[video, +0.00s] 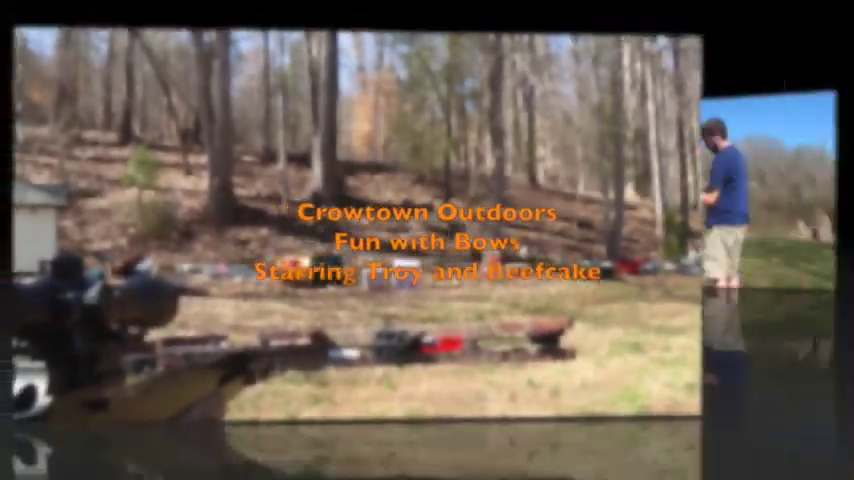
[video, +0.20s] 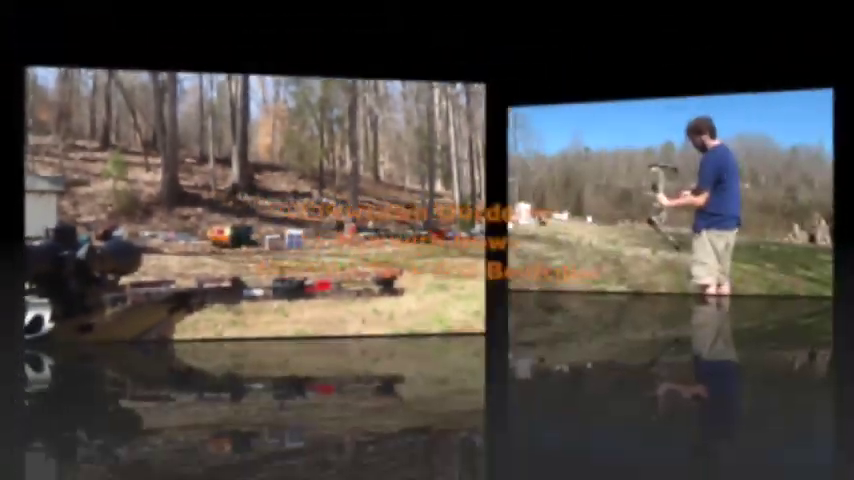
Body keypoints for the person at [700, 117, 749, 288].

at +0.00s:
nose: (705, 144)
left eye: (706, 139)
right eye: (704, 139)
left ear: (714, 137)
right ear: (721, 135)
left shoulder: (722, 159)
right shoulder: (736, 155)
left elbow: (712, 197)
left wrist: (697, 196)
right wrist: (707, 193)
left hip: (722, 221)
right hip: (738, 220)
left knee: (717, 272)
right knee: (732, 271)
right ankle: (732, 308)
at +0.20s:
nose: (692, 144)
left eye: (692, 139)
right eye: (691, 139)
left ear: (703, 135)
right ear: (709, 134)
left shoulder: (711, 158)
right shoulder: (725, 154)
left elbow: (701, 200)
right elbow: (714, 191)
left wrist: (669, 203)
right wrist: (691, 193)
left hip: (711, 224)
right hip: (729, 222)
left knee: (706, 278)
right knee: (722, 276)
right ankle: (724, 319)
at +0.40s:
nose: (643, 142)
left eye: (643, 135)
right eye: (641, 137)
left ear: (658, 128)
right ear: (663, 128)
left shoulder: (667, 156)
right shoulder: (690, 152)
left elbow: (652, 209)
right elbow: (680, 201)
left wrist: (611, 213)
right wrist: (648, 198)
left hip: (669, 243)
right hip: (693, 241)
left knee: (662, 312)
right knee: (683, 310)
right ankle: (685, 362)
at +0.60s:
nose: (570, 134)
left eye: (569, 124)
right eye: (566, 126)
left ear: (590, 113)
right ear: (596, 112)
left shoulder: (604, 153)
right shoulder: (640, 148)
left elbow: (581, 230)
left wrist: (520, 235)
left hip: (606, 283)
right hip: (642, 280)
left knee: (599, 382)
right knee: (628, 378)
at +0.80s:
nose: (515, 128)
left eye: (512, 115)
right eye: (509, 118)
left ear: (538, 98)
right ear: (545, 97)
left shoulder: (556, 149)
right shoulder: (608, 144)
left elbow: (528, 251)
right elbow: (569, 245)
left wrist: (449, 260)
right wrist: (489, 251)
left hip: (559, 319)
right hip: (608, 316)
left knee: (552, 451)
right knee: (588, 446)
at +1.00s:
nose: (513, 130)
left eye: (511, 118)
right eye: (507, 121)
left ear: (536, 101)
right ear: (543, 99)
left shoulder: (556, 149)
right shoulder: (607, 143)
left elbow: (533, 253)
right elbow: (584, 238)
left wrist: (456, 262)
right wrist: (517, 242)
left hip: (561, 320)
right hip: (608, 317)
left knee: (551, 452)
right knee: (588, 447)